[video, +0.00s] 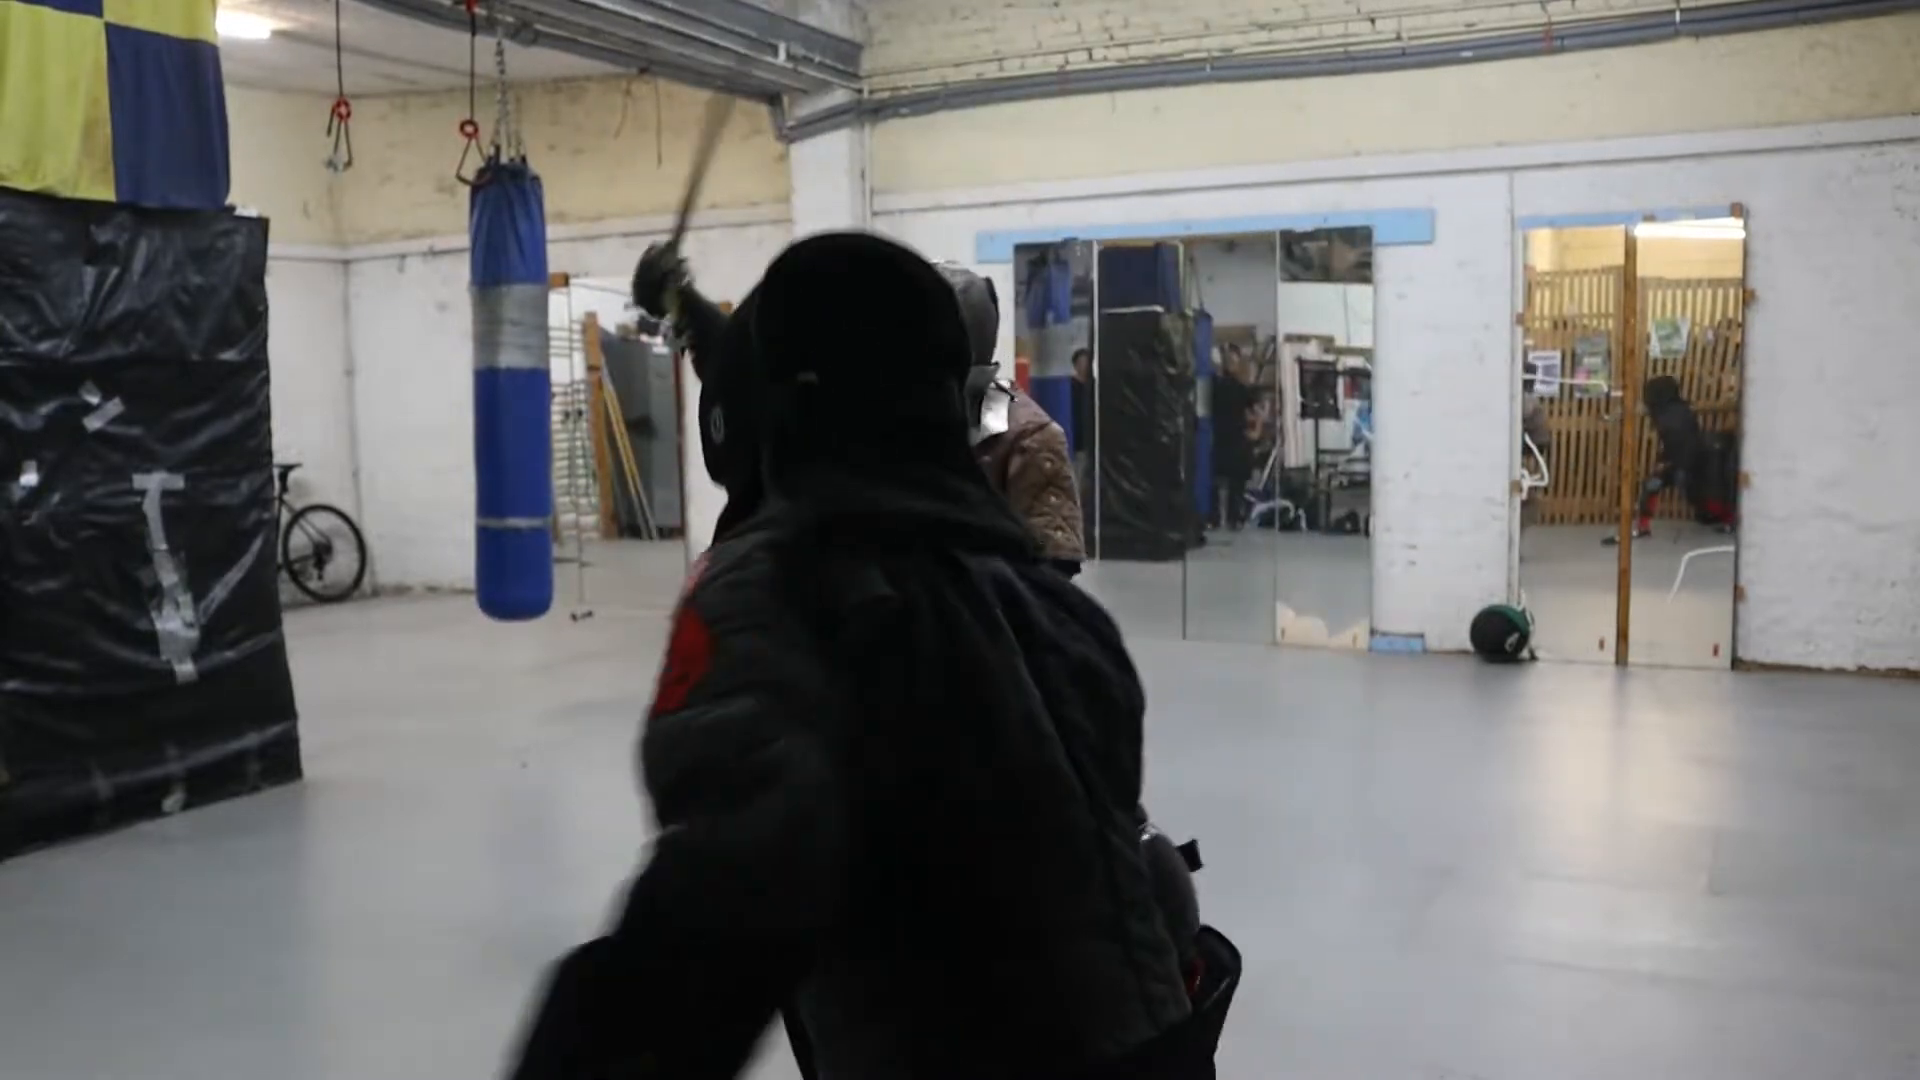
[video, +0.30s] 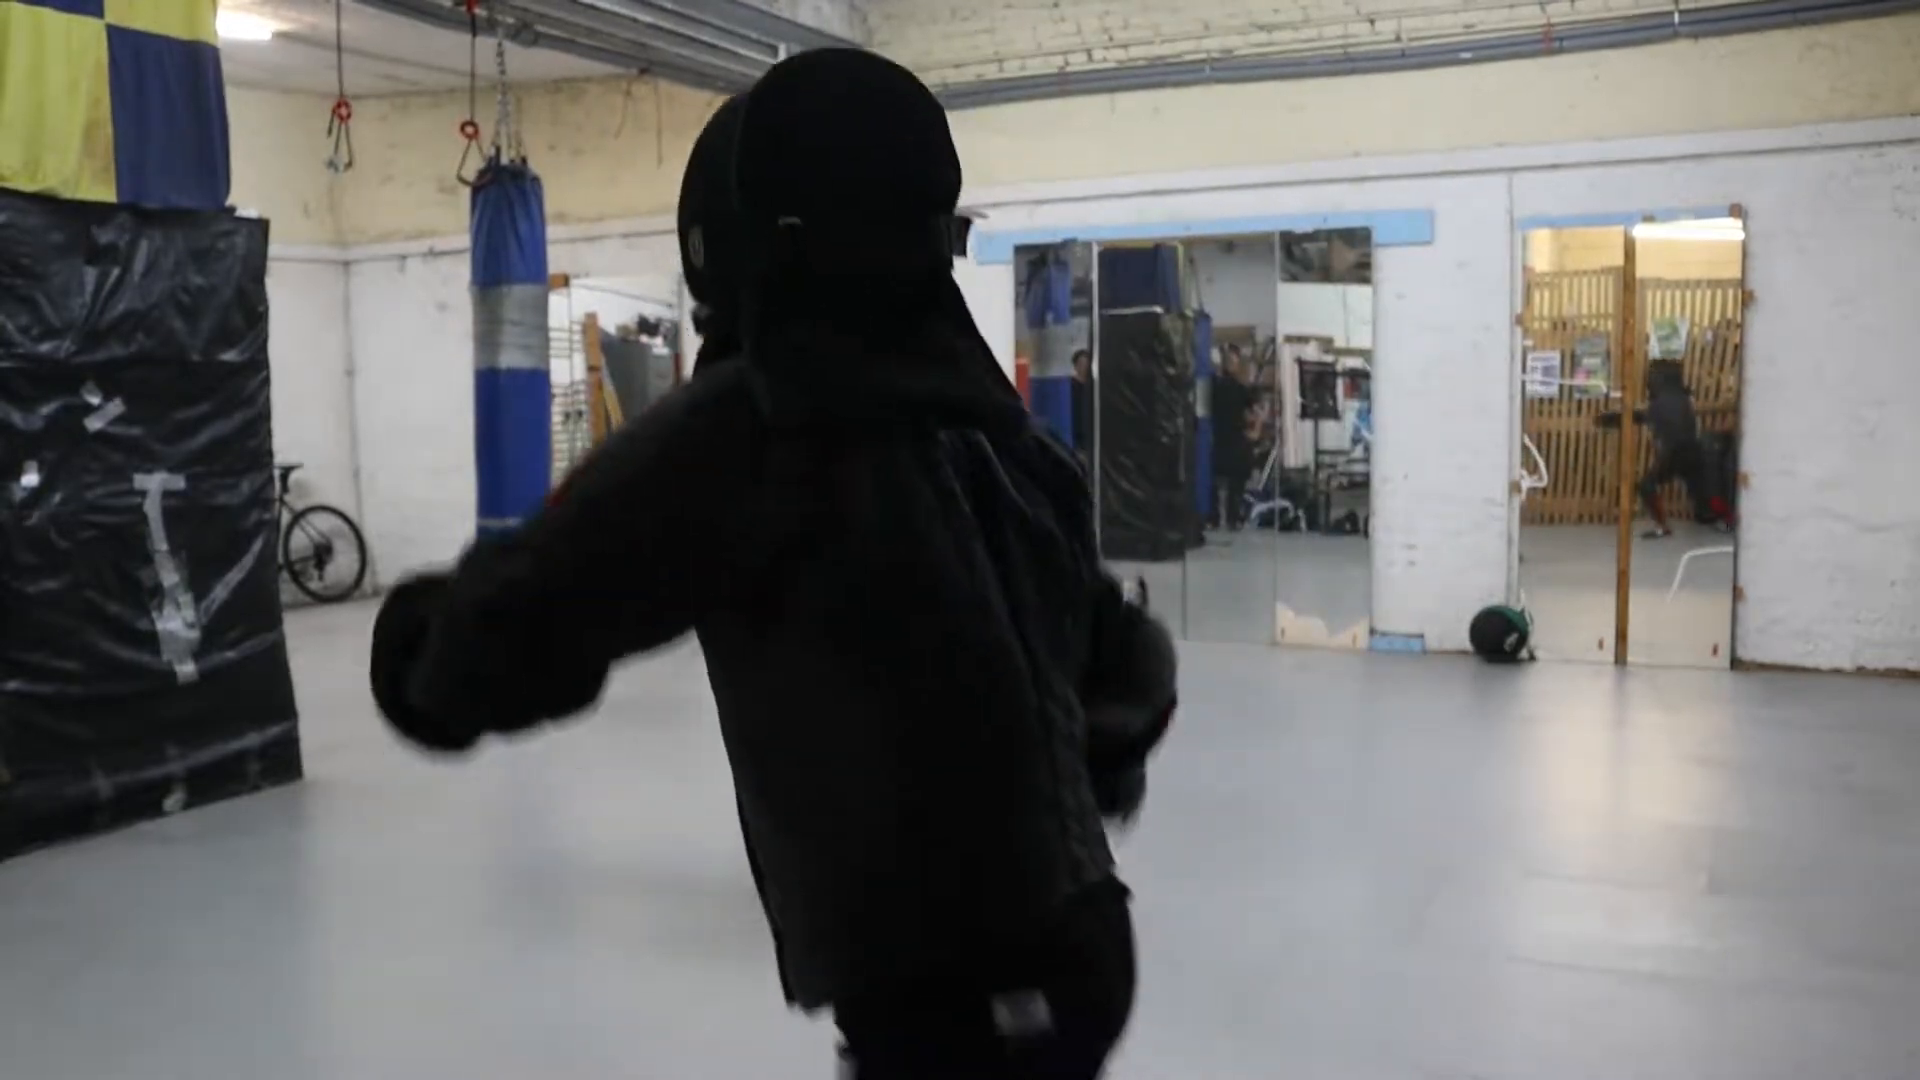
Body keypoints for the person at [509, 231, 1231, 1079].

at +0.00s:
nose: (715, 435)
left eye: (729, 402)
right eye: (713, 403)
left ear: (785, 403)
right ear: (934, 400)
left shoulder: (762, 592)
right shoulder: (1032, 581)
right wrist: (720, 335)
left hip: (913, 1047)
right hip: (1130, 1028)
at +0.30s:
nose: (694, 270)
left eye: (703, 236)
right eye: (695, 238)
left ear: (751, 239)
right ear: (923, 232)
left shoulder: (733, 433)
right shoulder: (1000, 433)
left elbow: (523, 624)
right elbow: (1131, 663)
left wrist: (416, 641)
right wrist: (1090, 784)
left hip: (913, 976)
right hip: (1074, 948)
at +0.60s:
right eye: (893, 115)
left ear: (725, 125)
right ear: (887, 128)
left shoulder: (664, 330)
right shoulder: (972, 330)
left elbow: (534, 607)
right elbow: (1091, 509)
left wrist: (614, 625)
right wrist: (993, 517)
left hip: (788, 793)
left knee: (734, 1048)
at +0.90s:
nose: (887, 270)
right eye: (878, 248)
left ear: (733, 260)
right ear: (870, 266)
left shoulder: (671, 434)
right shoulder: (934, 438)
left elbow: (582, 657)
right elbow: (1049, 594)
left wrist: (691, 574)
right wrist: (1063, 483)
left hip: (738, 810)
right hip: (880, 800)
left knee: (723, 1054)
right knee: (851, 973)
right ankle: (849, 1068)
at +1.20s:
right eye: (855, 213)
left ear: (736, 218)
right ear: (858, 222)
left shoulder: (661, 355)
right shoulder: (913, 371)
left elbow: (587, 548)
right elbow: (1005, 543)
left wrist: (688, 524)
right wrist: (894, 589)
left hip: (719, 712)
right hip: (859, 711)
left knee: (669, 965)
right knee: (856, 912)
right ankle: (854, 1068)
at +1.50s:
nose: (804, 247)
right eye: (795, 228)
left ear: (655, 245)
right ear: (780, 239)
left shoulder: (595, 399)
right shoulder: (824, 363)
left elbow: (580, 583)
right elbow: (1016, 459)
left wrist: (679, 625)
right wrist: (940, 503)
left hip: (672, 744)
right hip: (817, 733)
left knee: (609, 979)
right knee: (857, 922)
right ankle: (854, 1070)